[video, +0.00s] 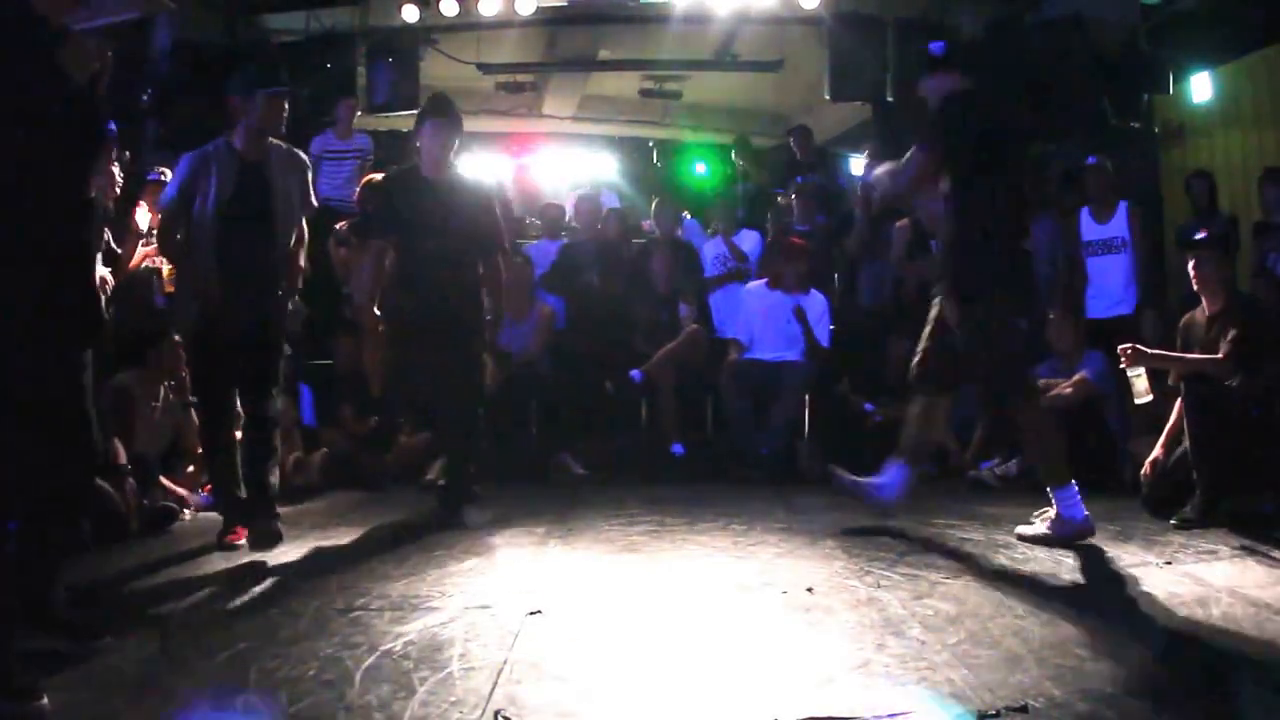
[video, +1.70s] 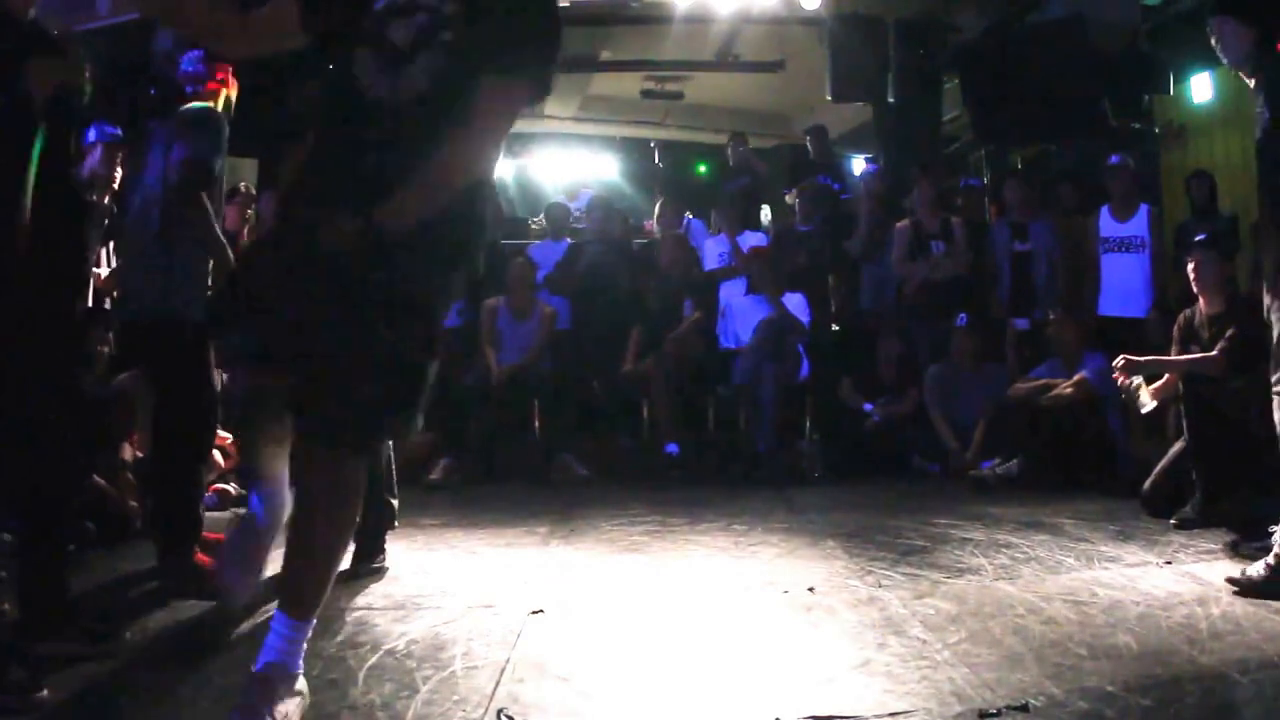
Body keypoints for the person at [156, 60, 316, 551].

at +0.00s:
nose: (282, 113)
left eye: (284, 104)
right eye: (272, 104)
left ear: (280, 109)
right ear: (241, 106)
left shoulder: (294, 164)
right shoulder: (200, 163)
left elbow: (302, 229)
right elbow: (168, 224)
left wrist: (293, 284)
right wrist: (186, 268)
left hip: (268, 307)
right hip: (211, 306)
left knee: (262, 411)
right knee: (216, 415)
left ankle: (264, 511)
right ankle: (232, 515)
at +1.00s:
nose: (259, 71)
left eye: (260, 60)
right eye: (249, 59)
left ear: (249, 69)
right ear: (217, 61)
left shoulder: (239, 137)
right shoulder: (185, 124)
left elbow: (232, 222)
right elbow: (148, 201)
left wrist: (256, 260)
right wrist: (196, 259)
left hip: (221, 303)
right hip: (175, 306)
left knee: (243, 423)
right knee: (182, 426)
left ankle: (216, 536)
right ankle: (180, 553)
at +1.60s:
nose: (236, 96)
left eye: (235, 86)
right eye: (232, 85)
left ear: (199, 81)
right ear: (216, 83)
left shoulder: (185, 120)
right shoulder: (192, 117)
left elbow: (172, 209)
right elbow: (163, 199)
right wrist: (207, 254)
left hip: (166, 297)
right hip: (167, 301)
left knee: (179, 422)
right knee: (183, 425)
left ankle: (179, 535)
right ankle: (179, 554)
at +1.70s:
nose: (233, 100)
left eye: (231, 94)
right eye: (231, 93)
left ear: (193, 88)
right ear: (221, 91)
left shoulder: (169, 126)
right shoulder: (205, 120)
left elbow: (128, 210)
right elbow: (190, 197)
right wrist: (229, 263)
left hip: (150, 301)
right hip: (176, 305)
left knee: (175, 422)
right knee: (191, 422)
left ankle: (171, 541)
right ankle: (179, 550)